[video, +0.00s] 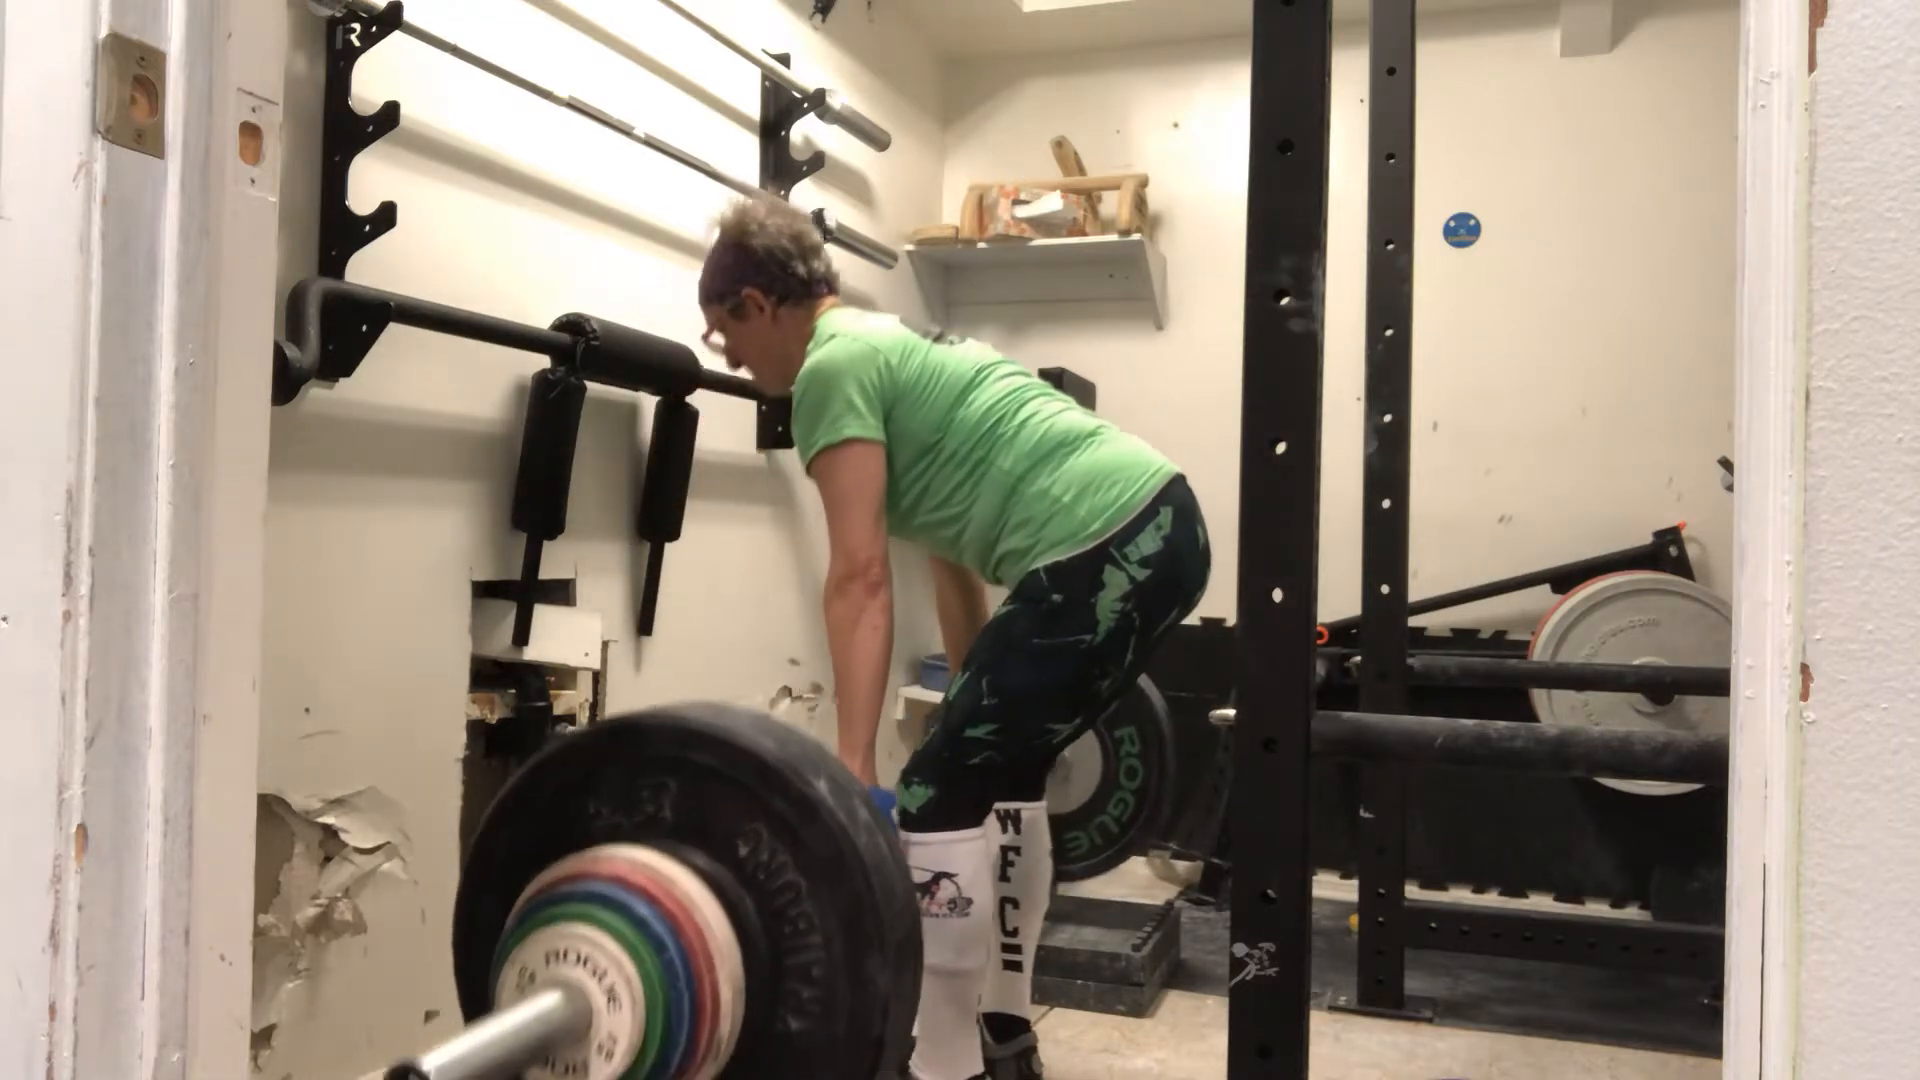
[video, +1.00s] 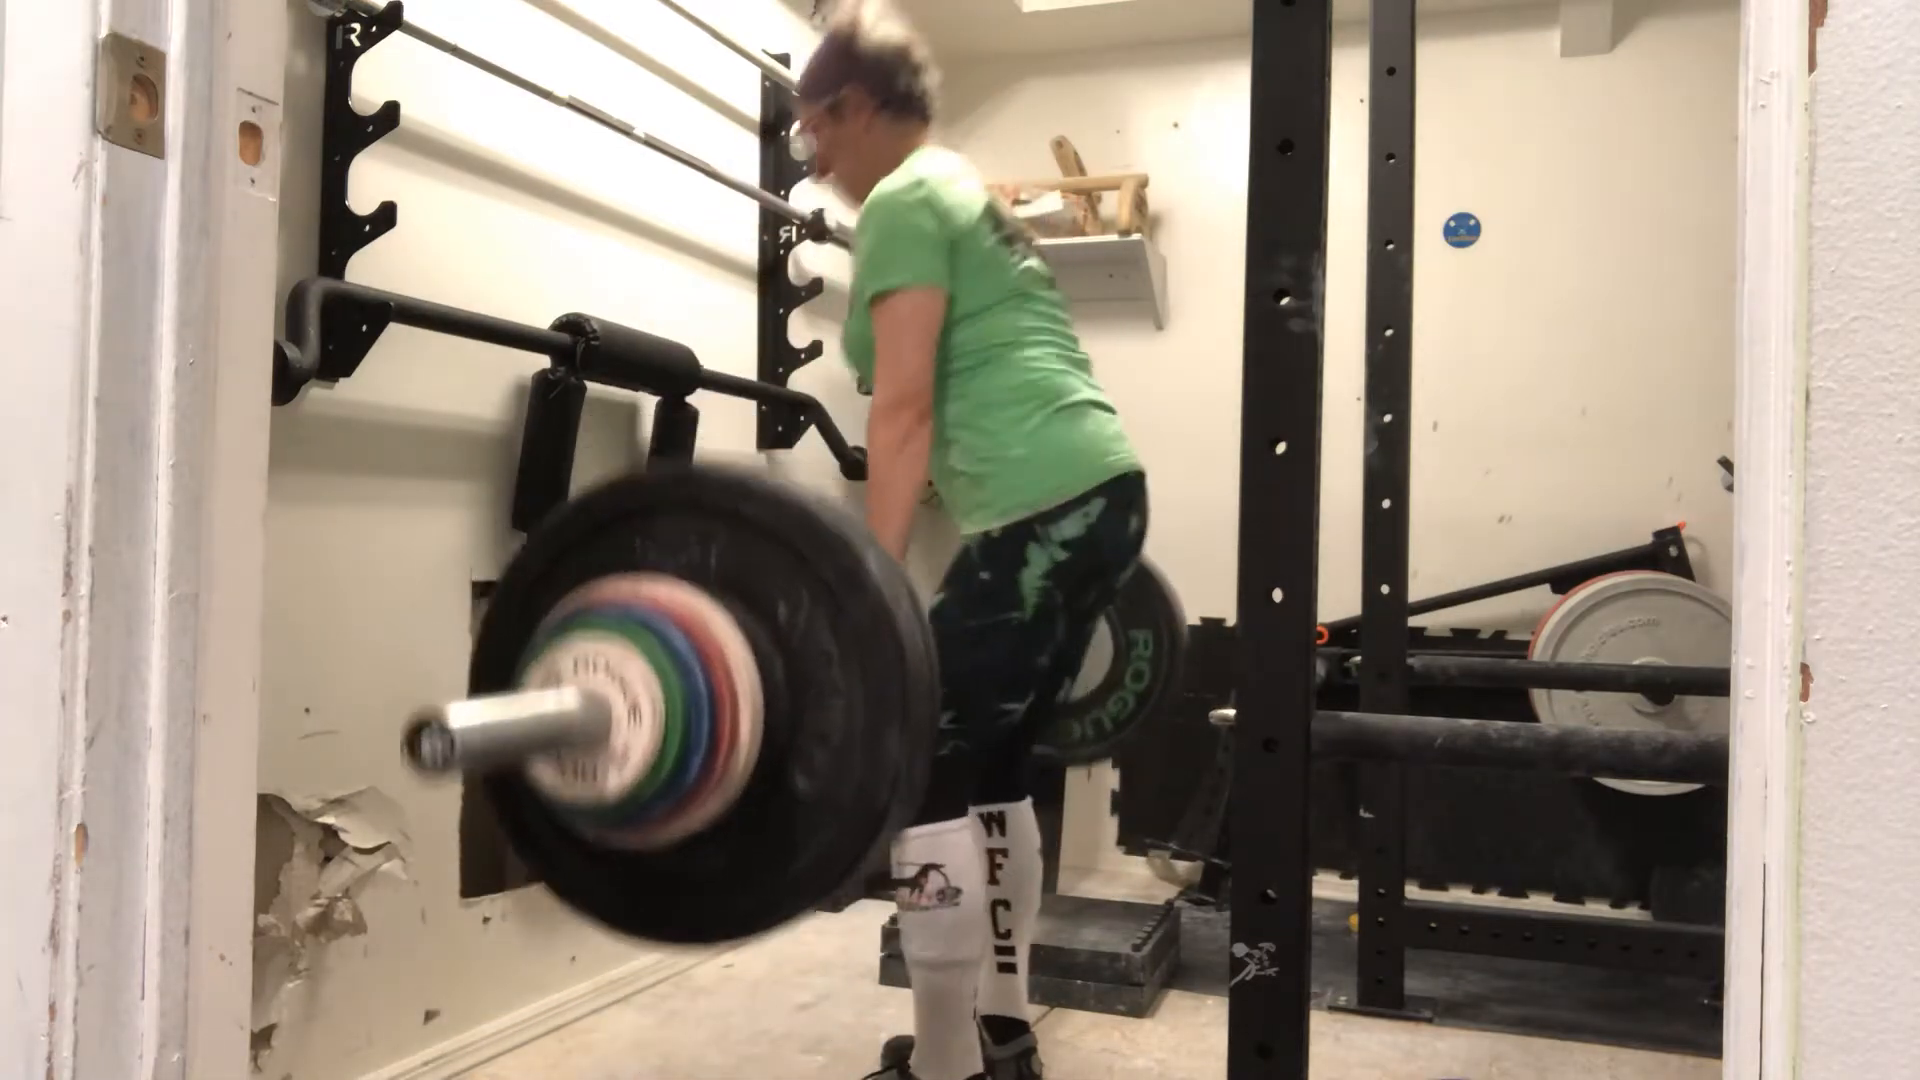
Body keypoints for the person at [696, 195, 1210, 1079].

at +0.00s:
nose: (724, 350)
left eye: (724, 326)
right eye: (715, 332)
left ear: (764, 302)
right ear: (793, 296)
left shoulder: (835, 364)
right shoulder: (892, 347)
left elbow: (859, 581)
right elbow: (954, 563)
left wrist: (854, 764)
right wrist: (975, 704)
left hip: (1097, 553)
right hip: (1152, 526)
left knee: (932, 799)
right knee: (1003, 781)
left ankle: (943, 1063)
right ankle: (1003, 1031)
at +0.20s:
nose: (745, 294)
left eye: (743, 269)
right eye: (737, 276)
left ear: (782, 245)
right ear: (811, 239)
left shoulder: (850, 313)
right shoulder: (908, 298)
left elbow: (869, 535)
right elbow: (965, 533)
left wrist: (856, 731)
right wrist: (981, 679)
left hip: (1090, 534)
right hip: (1143, 508)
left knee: (950, 795)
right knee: (1019, 775)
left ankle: (943, 1062)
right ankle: (1003, 1025)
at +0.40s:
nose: (778, 205)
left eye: (780, 179)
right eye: (773, 184)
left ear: (821, 157)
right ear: (860, 153)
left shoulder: (877, 245)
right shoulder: (933, 233)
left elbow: (883, 452)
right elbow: (982, 431)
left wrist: (865, 641)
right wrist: (979, 582)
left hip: (1065, 520)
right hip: (1116, 502)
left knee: (941, 758)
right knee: (1008, 750)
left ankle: (946, 1060)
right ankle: (1002, 1016)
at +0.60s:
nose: (849, 110)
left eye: (853, 84)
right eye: (842, 91)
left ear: (899, 59)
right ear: (935, 60)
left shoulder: (929, 154)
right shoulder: (996, 152)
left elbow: (915, 362)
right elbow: (1017, 342)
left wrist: (874, 539)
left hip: (998, 493)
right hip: (1064, 476)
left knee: (970, 779)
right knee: (1023, 761)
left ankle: (951, 1058)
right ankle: (1004, 1018)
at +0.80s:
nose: (880, 120)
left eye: (877, 95)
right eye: (871, 103)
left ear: (919, 56)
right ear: (951, 53)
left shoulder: (964, 146)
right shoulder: (1019, 145)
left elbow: (941, 355)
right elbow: (1015, 344)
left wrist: (878, 521)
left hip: (997, 496)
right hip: (1058, 484)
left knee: (961, 782)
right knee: (1026, 764)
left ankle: (950, 1060)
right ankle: (1004, 1022)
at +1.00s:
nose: (807, 149)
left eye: (815, 122)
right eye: (804, 127)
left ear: (867, 109)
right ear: (887, 113)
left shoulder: (905, 206)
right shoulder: (953, 192)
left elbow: (902, 418)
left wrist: (869, 590)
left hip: (1039, 511)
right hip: (1090, 493)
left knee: (931, 766)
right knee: (1007, 762)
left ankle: (943, 1058)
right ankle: (1001, 1025)